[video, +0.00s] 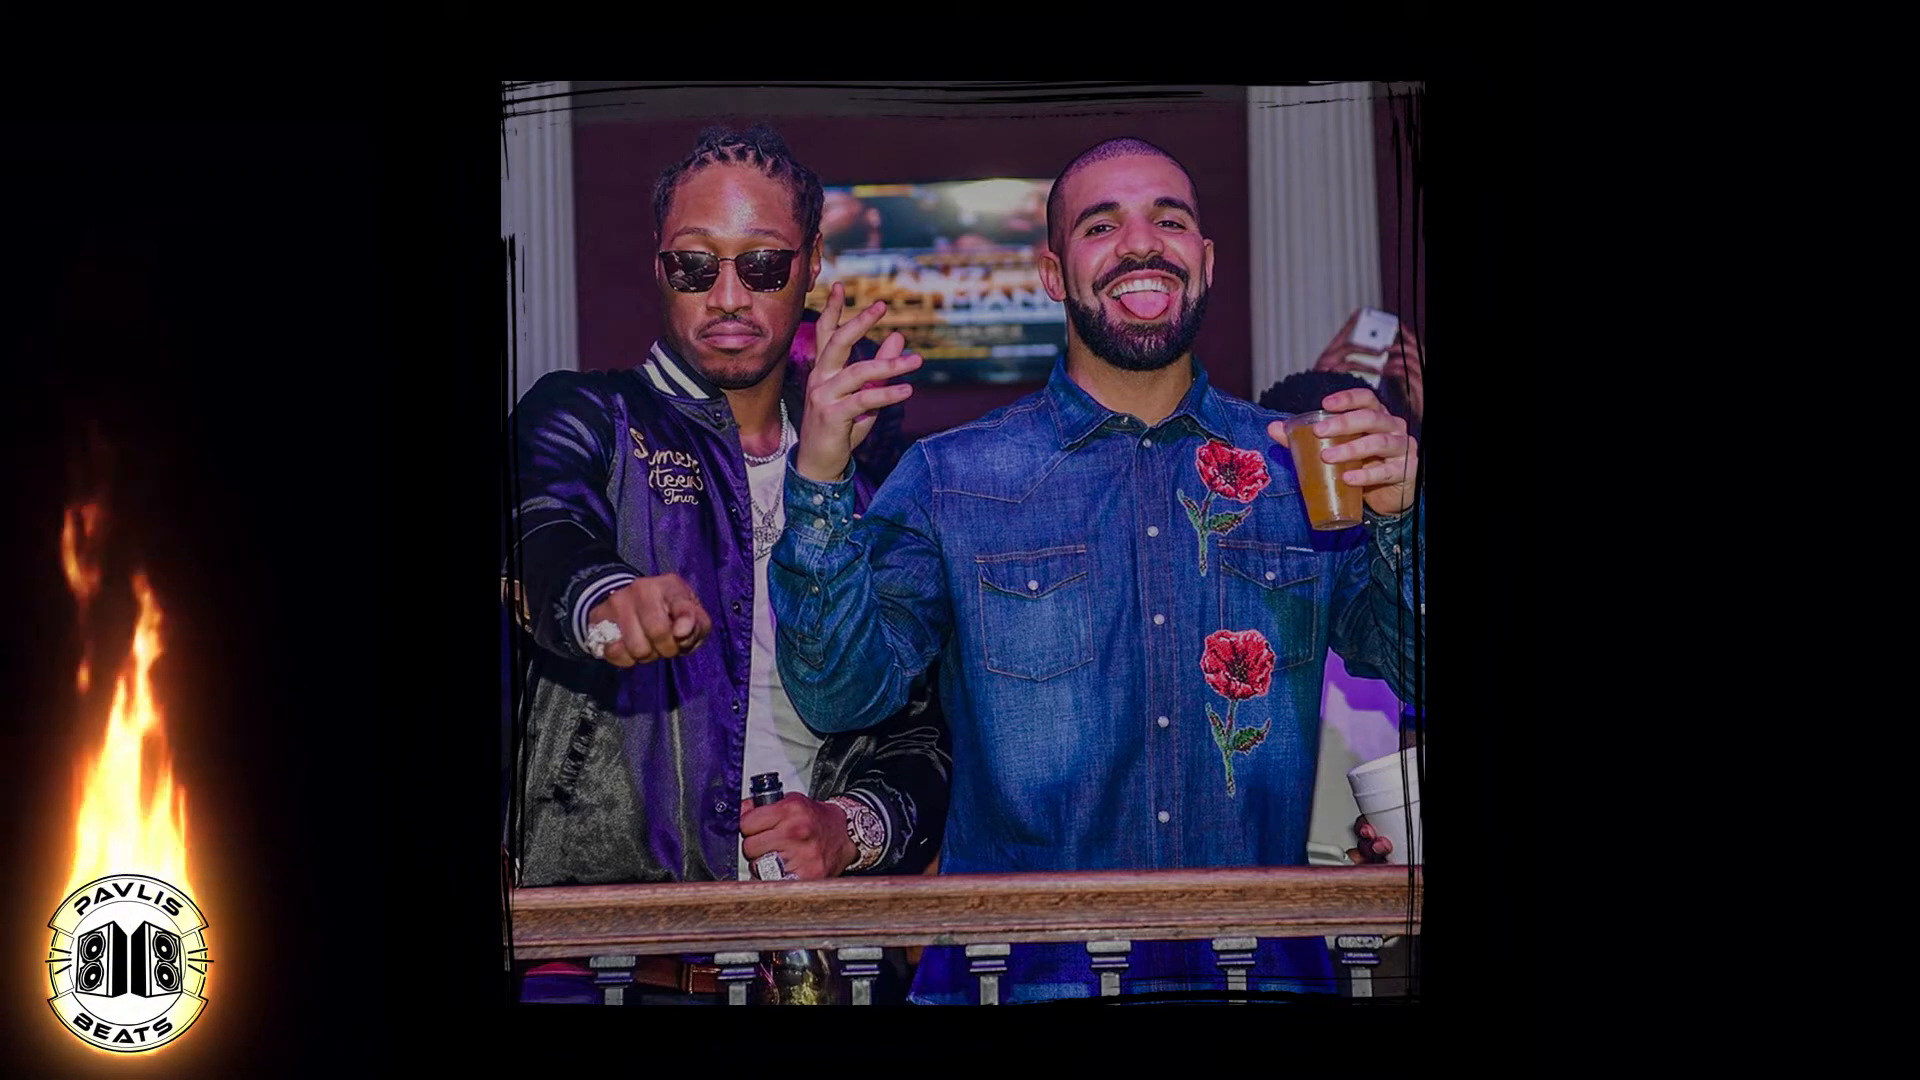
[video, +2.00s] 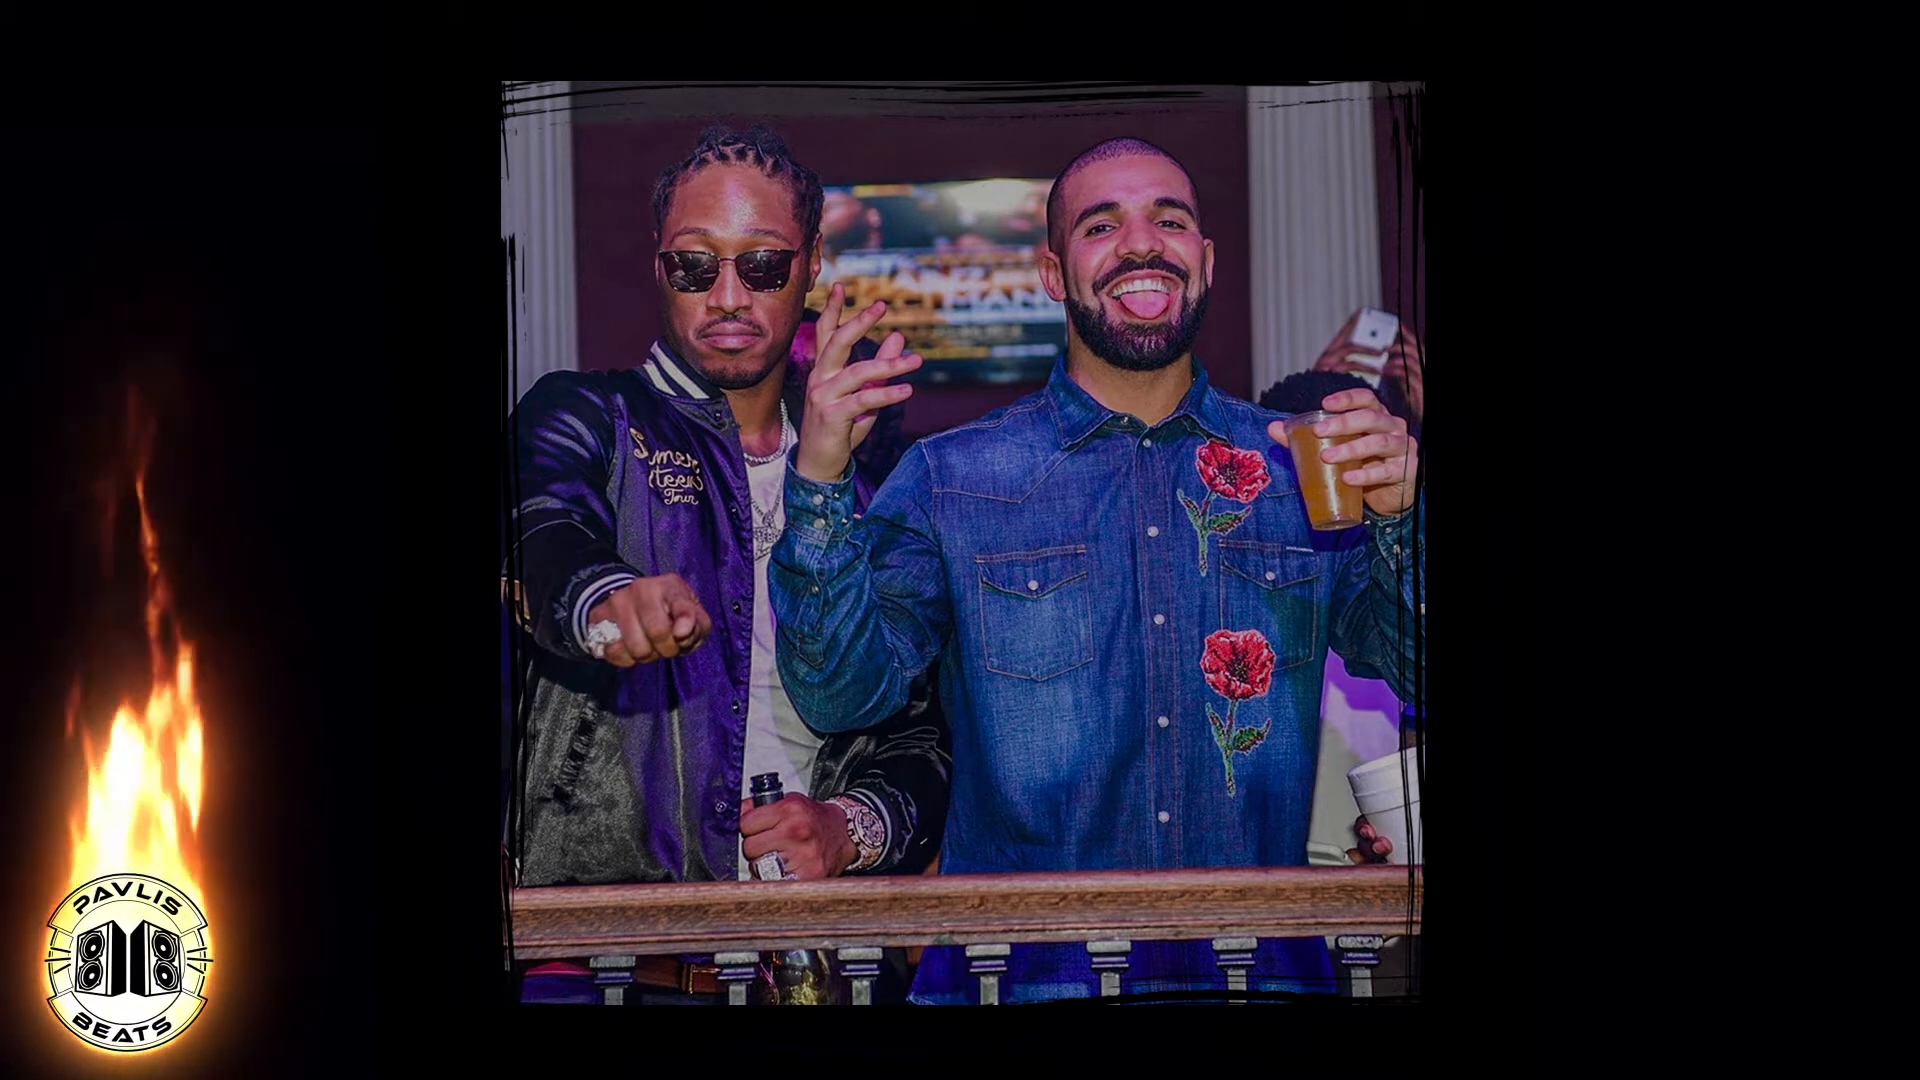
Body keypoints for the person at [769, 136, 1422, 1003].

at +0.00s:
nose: (1141, 243)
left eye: (1169, 219)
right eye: (1102, 225)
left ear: (1207, 258)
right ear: (1055, 272)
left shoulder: (1304, 469)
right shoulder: (945, 479)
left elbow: (1414, 674)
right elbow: (840, 692)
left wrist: (1402, 516)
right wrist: (819, 472)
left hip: (1255, 954)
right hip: (1021, 963)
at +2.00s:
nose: (1142, 242)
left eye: (1170, 219)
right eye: (1102, 225)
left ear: (1207, 259)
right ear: (1055, 273)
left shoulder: (1304, 469)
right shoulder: (945, 478)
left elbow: (1413, 673)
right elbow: (840, 692)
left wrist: (1402, 516)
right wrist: (818, 475)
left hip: (1255, 955)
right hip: (1022, 963)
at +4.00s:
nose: (1142, 242)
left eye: (1170, 219)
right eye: (1102, 225)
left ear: (1207, 259)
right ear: (1055, 273)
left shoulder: (1304, 469)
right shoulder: (945, 478)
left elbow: (1413, 673)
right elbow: (840, 692)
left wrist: (1402, 516)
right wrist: (818, 475)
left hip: (1255, 955)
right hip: (1022, 963)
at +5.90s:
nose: (1141, 242)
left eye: (1169, 219)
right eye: (1102, 224)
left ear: (1208, 259)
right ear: (1055, 272)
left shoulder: (1304, 469)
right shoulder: (945, 478)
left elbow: (1413, 672)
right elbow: (840, 692)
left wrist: (1402, 515)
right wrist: (818, 473)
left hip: (1255, 954)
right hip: (1020, 964)